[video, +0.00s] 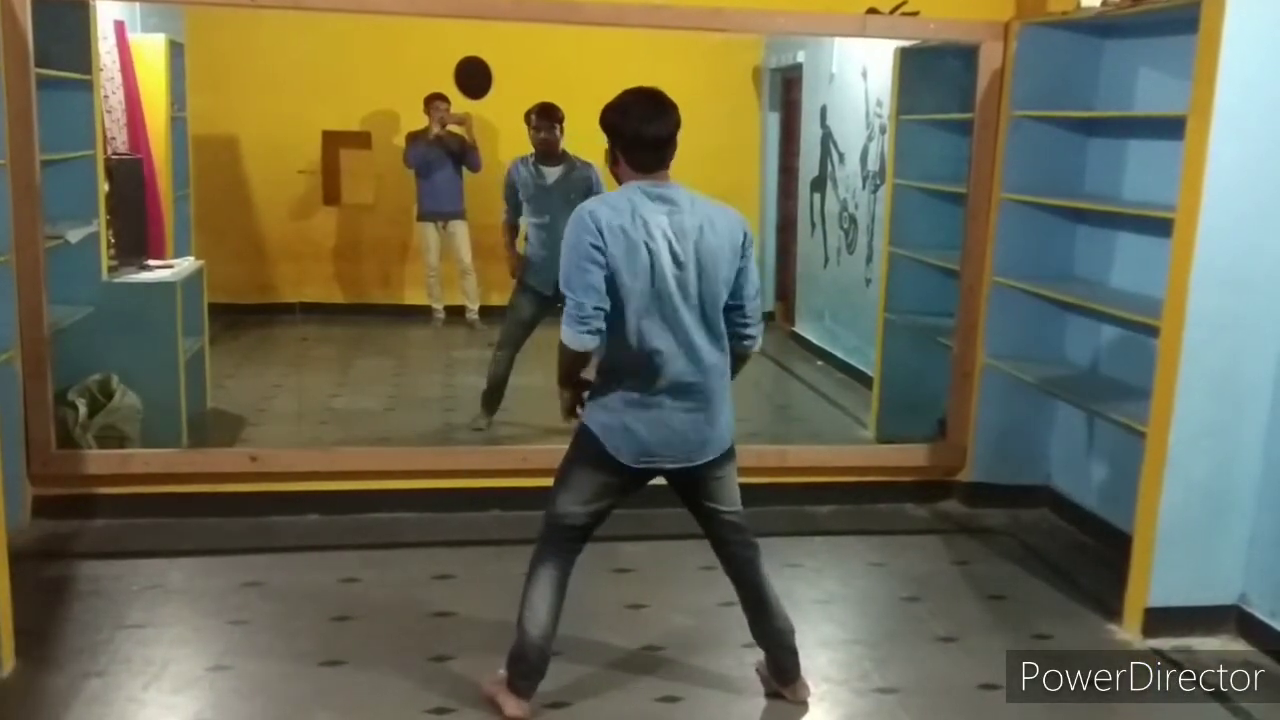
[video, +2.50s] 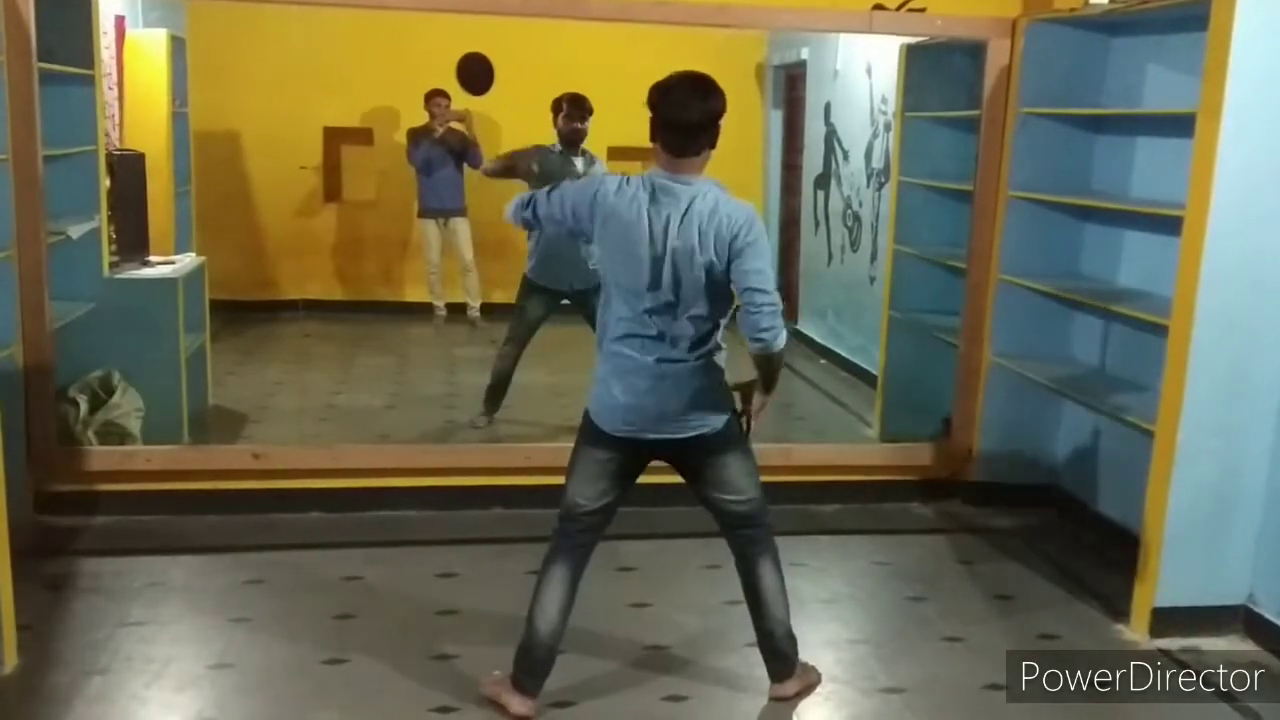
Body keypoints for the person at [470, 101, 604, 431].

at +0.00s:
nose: (545, 136)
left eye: (551, 129)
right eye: (538, 129)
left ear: (562, 130)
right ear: (529, 132)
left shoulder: (585, 173)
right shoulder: (519, 172)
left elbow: (601, 218)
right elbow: (512, 216)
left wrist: (597, 260)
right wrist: (511, 254)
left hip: (579, 274)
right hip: (537, 273)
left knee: (598, 343)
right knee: (507, 344)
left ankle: (597, 409)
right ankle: (486, 412)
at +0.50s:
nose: (535, 135)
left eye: (541, 127)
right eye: (528, 128)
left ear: (552, 128)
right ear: (518, 130)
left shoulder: (577, 160)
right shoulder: (509, 164)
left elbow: (596, 209)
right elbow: (496, 218)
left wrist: (592, 257)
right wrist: (509, 266)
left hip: (573, 266)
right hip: (528, 269)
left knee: (587, 338)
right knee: (503, 342)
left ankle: (591, 406)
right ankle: (488, 410)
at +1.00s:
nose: (526, 134)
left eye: (533, 127)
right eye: (522, 127)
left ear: (548, 127)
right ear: (516, 129)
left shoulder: (569, 159)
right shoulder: (508, 165)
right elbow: (503, 217)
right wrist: (505, 261)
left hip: (569, 274)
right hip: (528, 273)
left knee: (591, 344)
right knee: (499, 343)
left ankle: (587, 407)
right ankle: (486, 410)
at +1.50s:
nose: (489, 146)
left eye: (495, 138)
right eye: (485, 138)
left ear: (512, 140)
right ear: (481, 140)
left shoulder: (531, 177)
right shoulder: (485, 179)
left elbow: (551, 217)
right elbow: (483, 230)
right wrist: (491, 271)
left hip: (546, 276)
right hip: (511, 278)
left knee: (563, 340)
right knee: (485, 335)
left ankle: (568, 408)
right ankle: (486, 407)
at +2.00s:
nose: (538, 132)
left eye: (544, 126)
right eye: (531, 126)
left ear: (554, 128)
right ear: (520, 130)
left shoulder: (578, 165)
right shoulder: (512, 171)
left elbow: (597, 212)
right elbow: (513, 222)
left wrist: (595, 256)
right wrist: (522, 264)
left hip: (584, 266)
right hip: (543, 268)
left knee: (610, 336)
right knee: (515, 341)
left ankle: (611, 403)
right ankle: (489, 412)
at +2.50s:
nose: (577, 126)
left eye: (583, 120)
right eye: (570, 119)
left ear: (590, 123)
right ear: (556, 121)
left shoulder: (598, 168)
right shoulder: (537, 159)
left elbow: (616, 211)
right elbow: (489, 167)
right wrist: (518, 165)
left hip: (591, 278)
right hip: (544, 276)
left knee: (624, 346)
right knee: (512, 347)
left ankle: (635, 423)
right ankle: (488, 411)